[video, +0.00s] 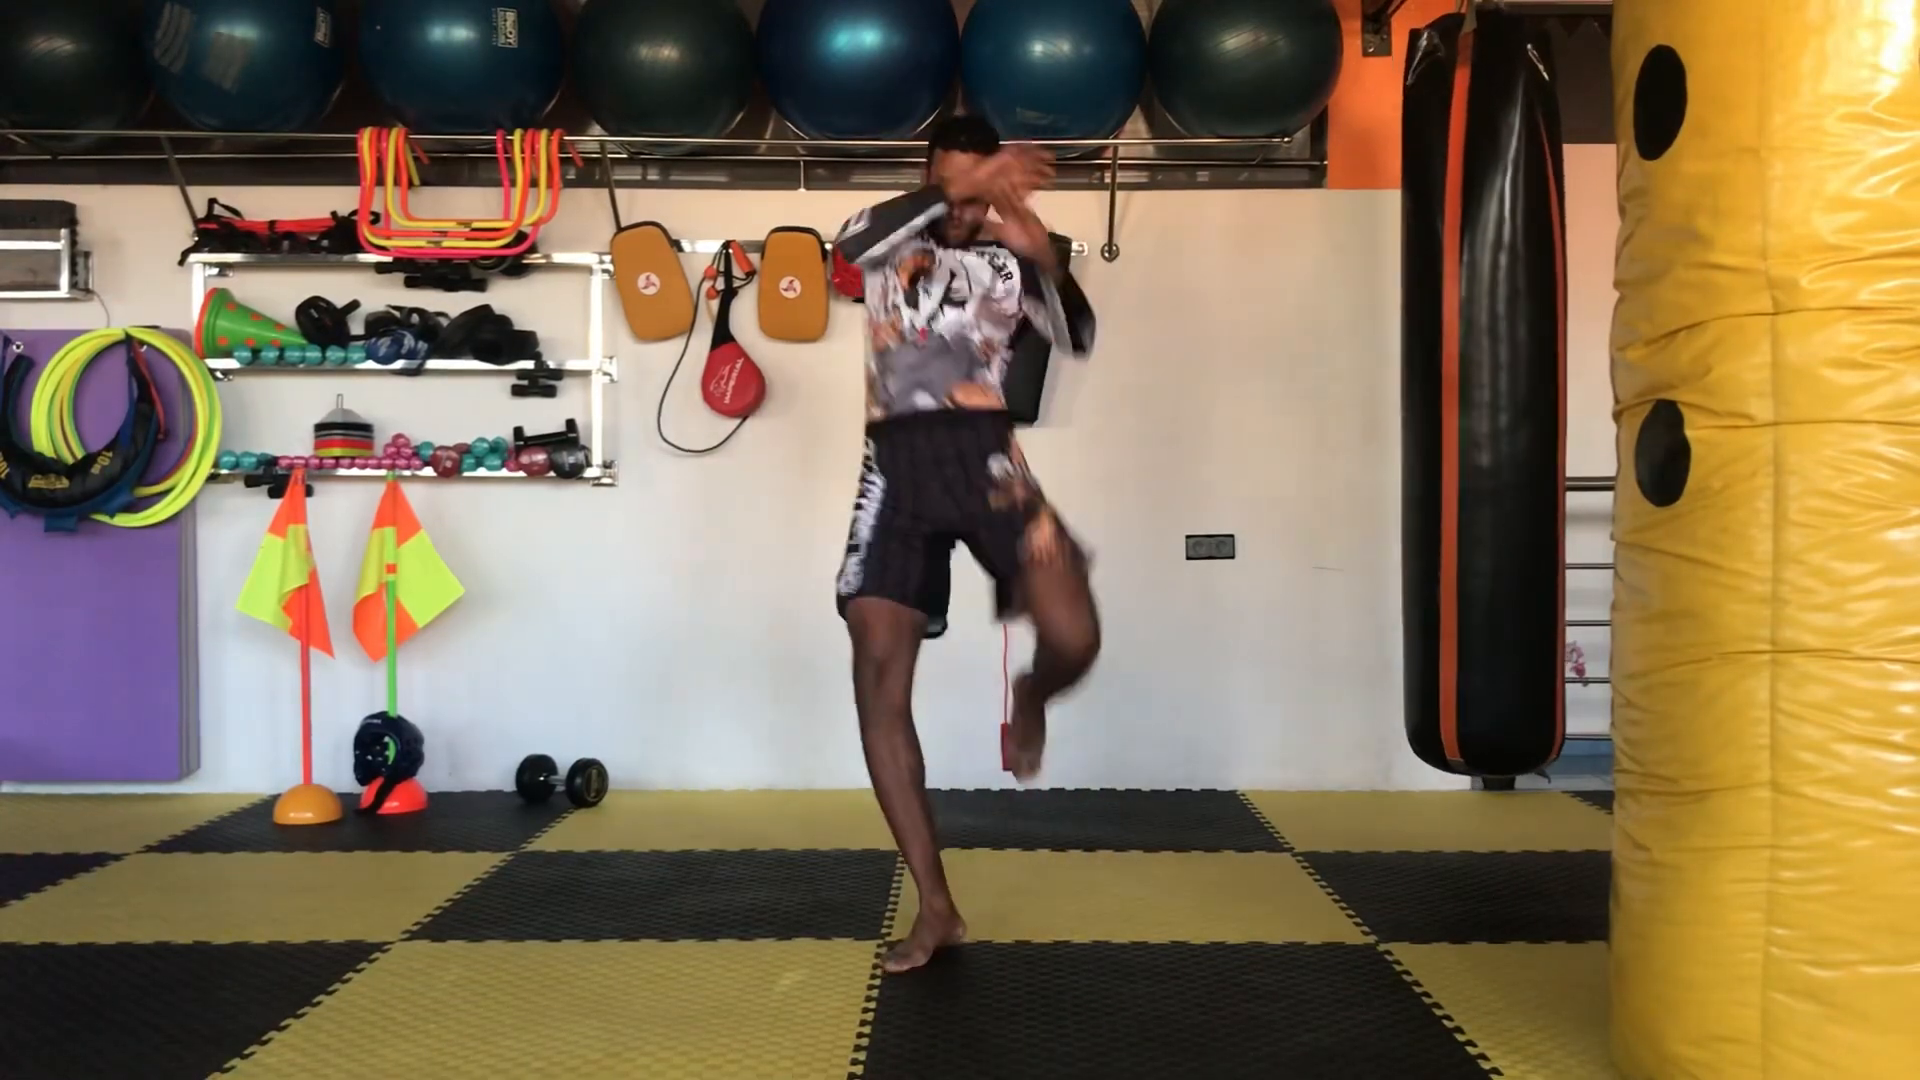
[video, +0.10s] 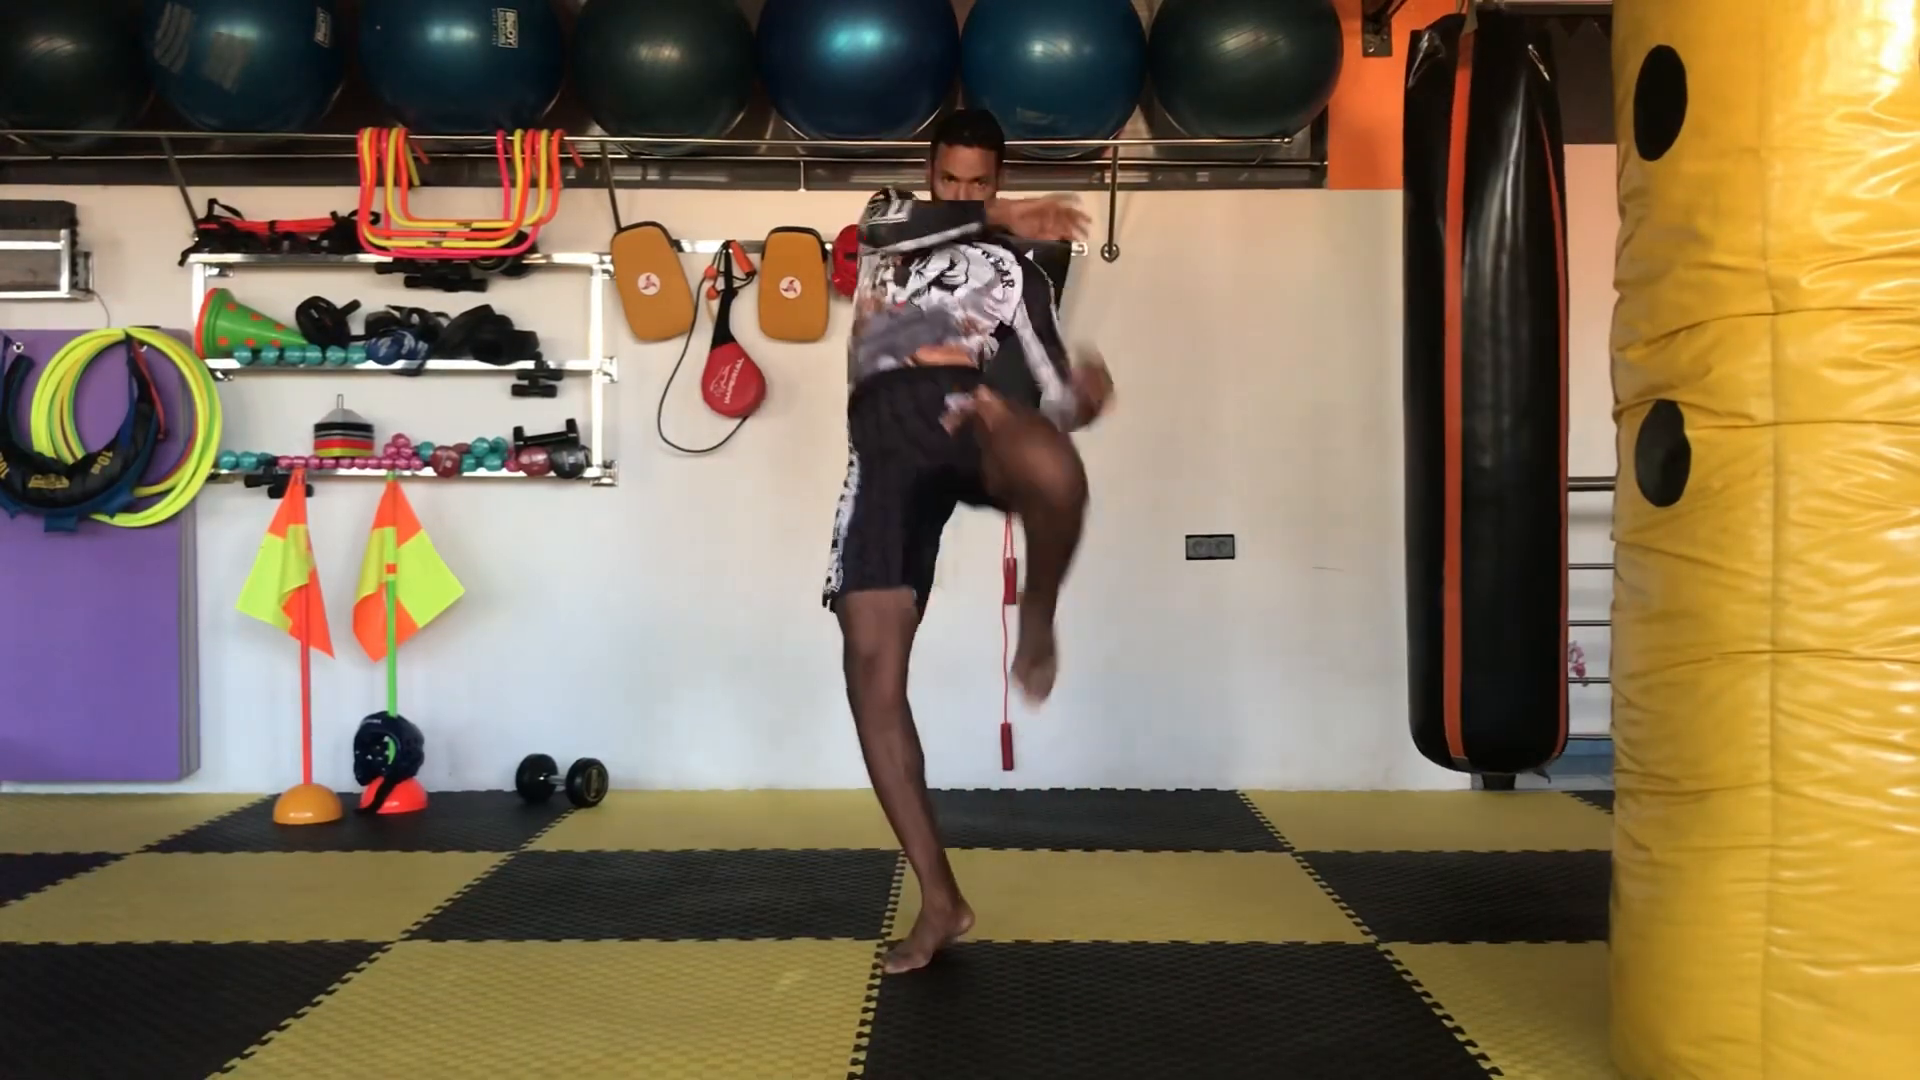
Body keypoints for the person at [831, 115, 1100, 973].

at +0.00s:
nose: (979, 188)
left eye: (989, 174)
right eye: (965, 173)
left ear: (1004, 176)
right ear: (937, 171)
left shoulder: (1026, 251)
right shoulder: (885, 234)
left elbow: (1078, 338)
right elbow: (848, 253)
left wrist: (1042, 256)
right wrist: (961, 190)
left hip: (988, 453)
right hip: (895, 460)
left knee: (1074, 640)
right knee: (878, 677)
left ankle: (1028, 701)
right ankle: (934, 905)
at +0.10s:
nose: (965, 194)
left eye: (980, 181)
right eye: (950, 179)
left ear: (999, 179)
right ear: (928, 171)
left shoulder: (1023, 261)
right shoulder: (889, 227)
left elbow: (1055, 386)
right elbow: (888, 233)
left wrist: (1084, 393)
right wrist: (996, 216)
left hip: (988, 412)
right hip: (892, 421)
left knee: (1058, 483)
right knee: (871, 674)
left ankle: (1037, 617)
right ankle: (939, 897)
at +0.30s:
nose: (972, 190)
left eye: (990, 180)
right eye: (958, 176)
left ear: (1011, 191)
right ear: (941, 178)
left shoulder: (1023, 261)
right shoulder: (899, 234)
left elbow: (1030, 378)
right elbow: (877, 203)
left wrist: (1074, 497)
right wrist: (993, 221)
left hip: (950, 401)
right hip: (869, 429)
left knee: (965, 271)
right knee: (867, 665)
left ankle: (1056, 507)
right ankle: (931, 883)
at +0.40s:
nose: (971, 192)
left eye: (987, 180)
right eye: (958, 178)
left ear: (1013, 190)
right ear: (940, 181)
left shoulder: (1027, 259)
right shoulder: (905, 234)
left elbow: (1037, 365)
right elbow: (874, 201)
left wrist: (1072, 450)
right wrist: (996, 217)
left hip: (943, 407)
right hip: (864, 438)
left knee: (952, 284)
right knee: (862, 669)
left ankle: (1034, 511)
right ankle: (932, 884)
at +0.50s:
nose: (969, 191)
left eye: (985, 176)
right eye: (956, 176)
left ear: (1015, 182)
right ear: (941, 179)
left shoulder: (1038, 256)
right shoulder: (911, 228)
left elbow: (1036, 375)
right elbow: (867, 215)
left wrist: (1057, 404)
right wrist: (992, 217)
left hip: (949, 409)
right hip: (865, 420)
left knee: (942, 334)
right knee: (864, 673)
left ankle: (1029, 546)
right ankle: (936, 886)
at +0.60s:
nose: (966, 178)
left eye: (983, 163)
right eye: (953, 163)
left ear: (1013, 172)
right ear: (938, 171)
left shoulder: (1036, 249)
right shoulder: (904, 241)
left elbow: (1048, 385)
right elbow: (838, 239)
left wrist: (1038, 385)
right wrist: (955, 215)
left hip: (951, 415)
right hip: (869, 424)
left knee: (928, 373)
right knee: (876, 671)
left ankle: (1025, 587)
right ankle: (944, 895)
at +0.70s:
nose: (963, 157)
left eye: (980, 143)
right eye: (952, 142)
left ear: (1011, 153)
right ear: (935, 150)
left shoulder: (1037, 249)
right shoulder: (907, 233)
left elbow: (1049, 392)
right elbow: (820, 290)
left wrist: (1015, 355)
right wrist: (895, 245)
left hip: (965, 404)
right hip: (881, 429)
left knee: (935, 450)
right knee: (900, 678)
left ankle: (1027, 652)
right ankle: (957, 906)